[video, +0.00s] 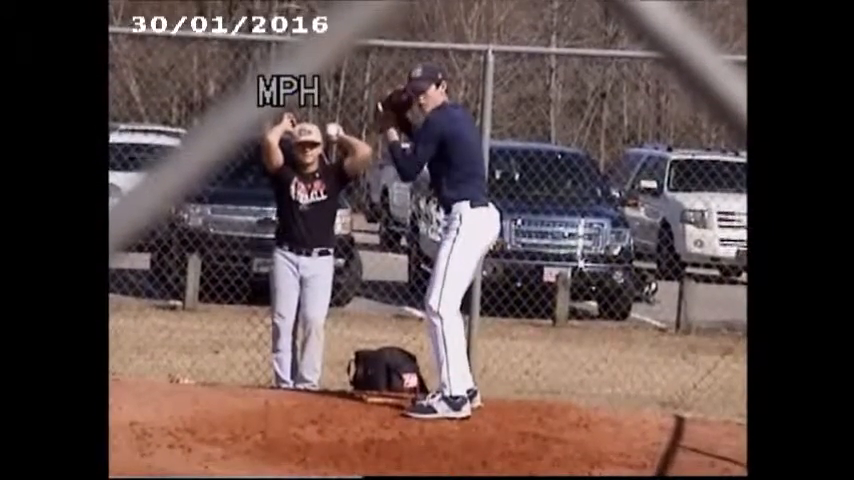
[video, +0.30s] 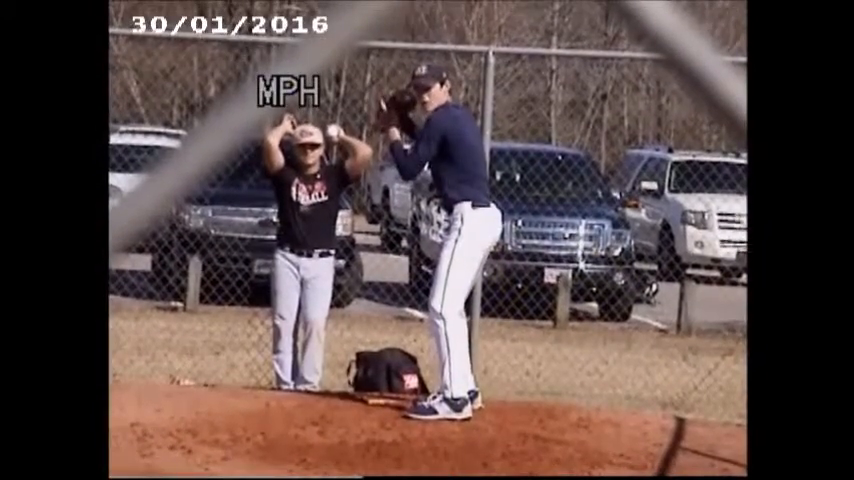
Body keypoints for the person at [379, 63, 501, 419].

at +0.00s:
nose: (417, 101)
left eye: (421, 93)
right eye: (415, 95)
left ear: (440, 88)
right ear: (435, 92)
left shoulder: (438, 121)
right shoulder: (457, 115)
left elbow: (409, 170)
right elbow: (419, 158)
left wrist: (391, 134)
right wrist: (403, 125)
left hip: (467, 217)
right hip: (477, 214)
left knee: (440, 305)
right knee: (443, 305)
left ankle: (455, 393)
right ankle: (461, 387)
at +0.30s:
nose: (421, 95)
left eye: (426, 89)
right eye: (419, 90)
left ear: (446, 87)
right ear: (438, 91)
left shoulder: (440, 120)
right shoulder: (459, 116)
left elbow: (409, 168)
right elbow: (419, 159)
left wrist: (393, 133)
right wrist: (403, 127)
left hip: (470, 216)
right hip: (481, 214)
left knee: (443, 307)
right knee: (449, 306)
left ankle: (456, 394)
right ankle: (462, 388)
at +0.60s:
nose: (422, 101)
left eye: (428, 94)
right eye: (419, 95)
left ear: (447, 91)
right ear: (427, 95)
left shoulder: (440, 122)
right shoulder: (459, 118)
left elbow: (407, 170)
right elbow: (422, 157)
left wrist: (390, 138)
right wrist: (403, 127)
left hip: (471, 218)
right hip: (481, 216)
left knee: (444, 307)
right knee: (444, 307)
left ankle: (456, 395)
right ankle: (461, 389)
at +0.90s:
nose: (428, 107)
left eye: (429, 101)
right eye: (425, 102)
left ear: (446, 91)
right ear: (450, 91)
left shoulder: (441, 124)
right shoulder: (474, 112)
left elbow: (399, 159)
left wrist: (397, 120)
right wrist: (417, 96)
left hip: (474, 214)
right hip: (497, 216)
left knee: (412, 274)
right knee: (449, 293)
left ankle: (444, 355)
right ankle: (461, 383)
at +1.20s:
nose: (423, 111)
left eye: (428, 104)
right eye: (420, 105)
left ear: (446, 101)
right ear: (448, 104)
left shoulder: (439, 129)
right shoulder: (470, 126)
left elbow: (396, 171)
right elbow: (454, 183)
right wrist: (429, 185)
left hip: (478, 220)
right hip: (505, 226)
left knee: (397, 241)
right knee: (458, 302)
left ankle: (395, 329)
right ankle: (460, 388)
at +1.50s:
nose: (424, 134)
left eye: (431, 129)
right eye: (424, 129)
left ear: (450, 130)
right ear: (450, 132)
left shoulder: (438, 156)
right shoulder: (474, 160)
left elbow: (396, 147)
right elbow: (496, 172)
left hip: (471, 255)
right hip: (490, 260)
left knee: (402, 298)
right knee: (430, 323)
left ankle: (365, 369)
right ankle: (457, 390)